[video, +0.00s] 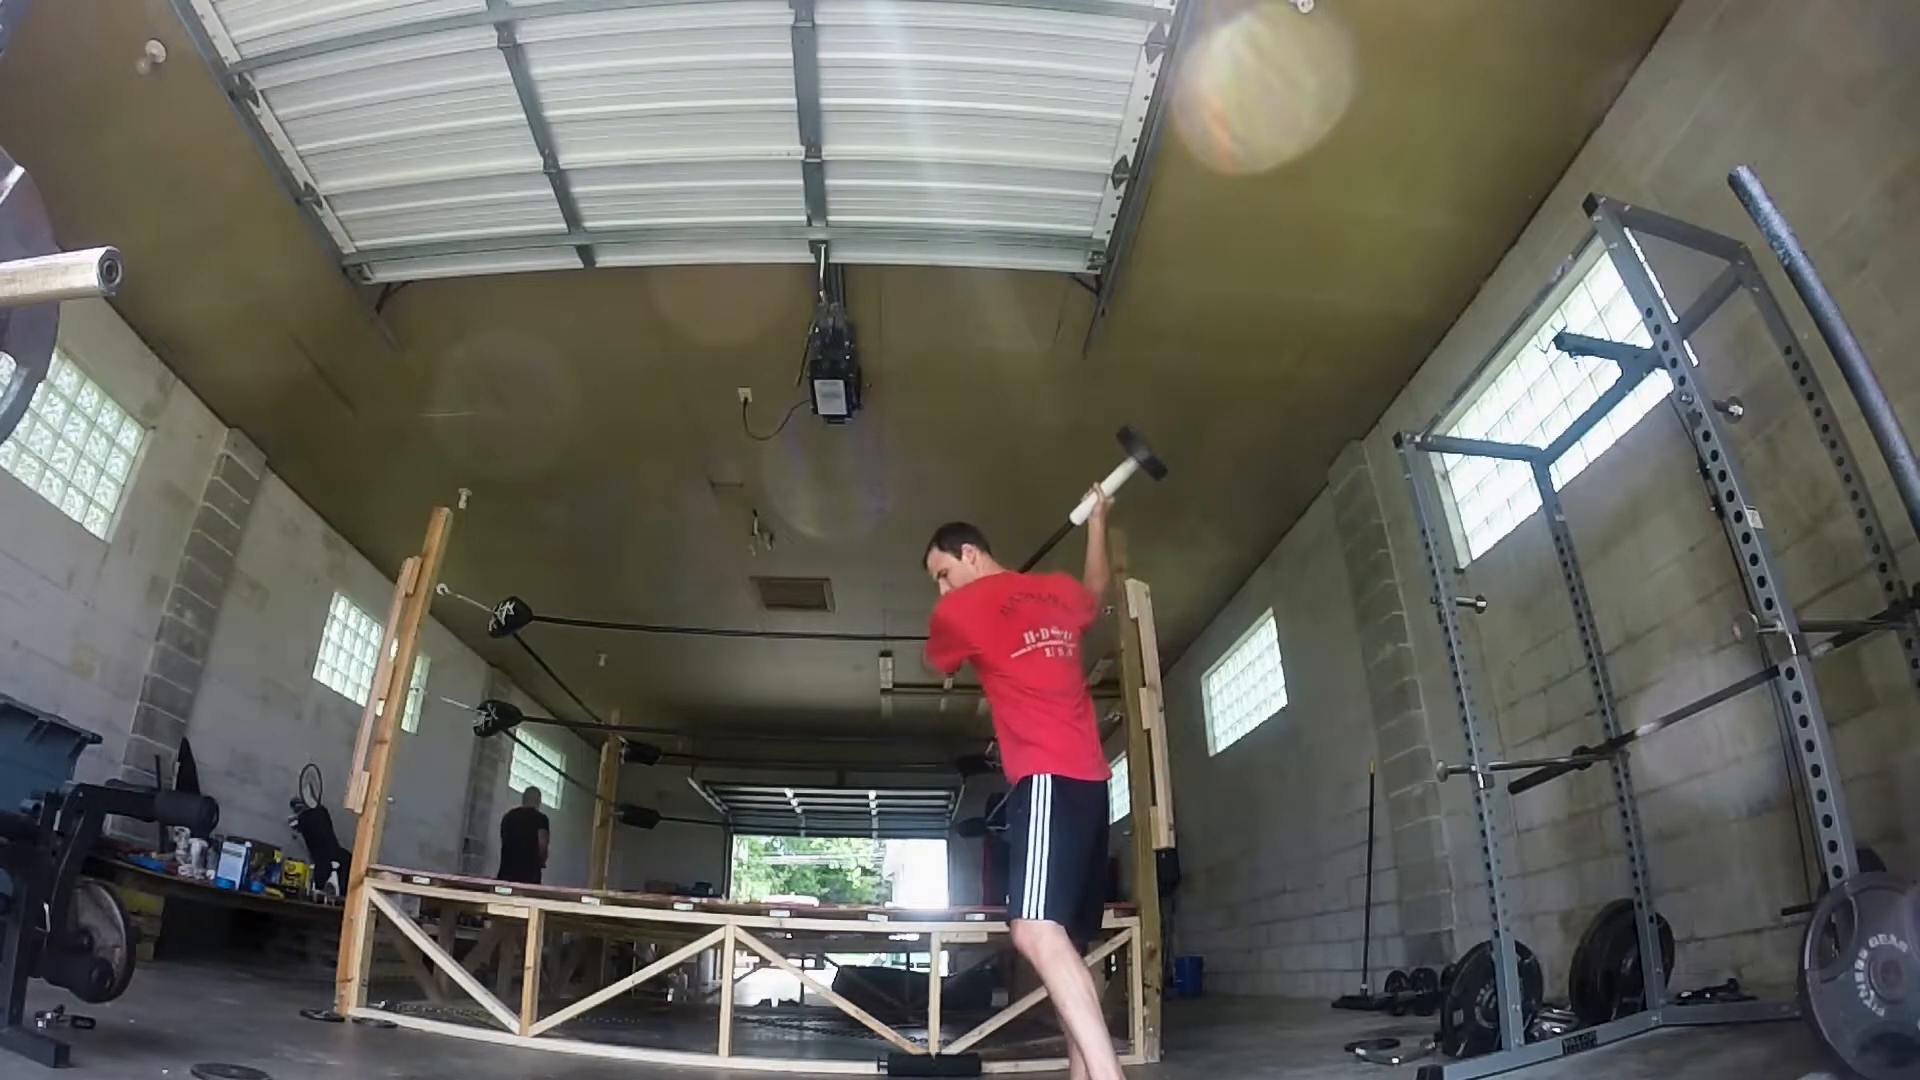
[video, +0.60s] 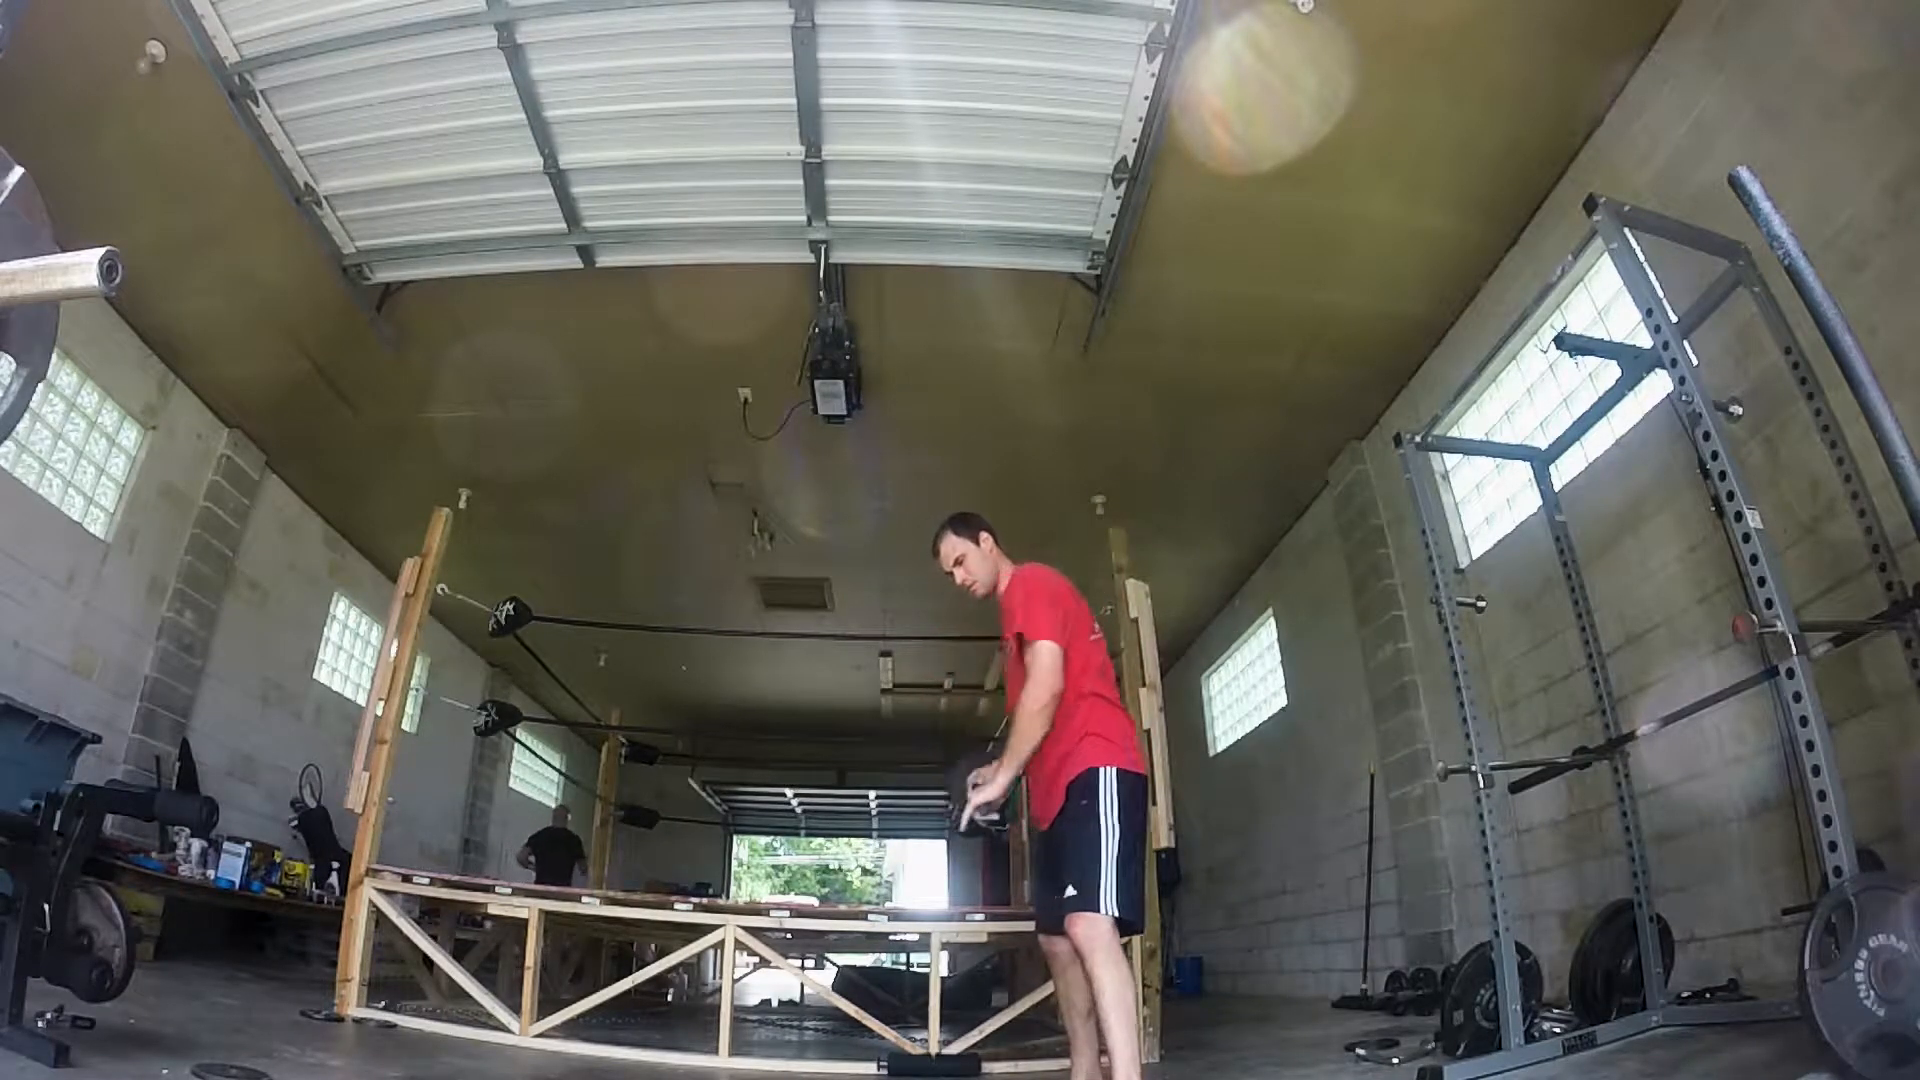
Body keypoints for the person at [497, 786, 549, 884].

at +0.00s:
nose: (539, 802)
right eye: (539, 799)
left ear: (523, 798)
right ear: (538, 800)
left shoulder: (508, 816)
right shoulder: (541, 818)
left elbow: (504, 839)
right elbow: (542, 844)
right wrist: (542, 862)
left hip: (508, 866)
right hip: (529, 869)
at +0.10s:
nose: (545, 810)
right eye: (544, 808)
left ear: (529, 807)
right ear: (544, 809)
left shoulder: (513, 824)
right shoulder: (546, 828)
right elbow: (550, 858)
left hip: (514, 879)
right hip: (537, 881)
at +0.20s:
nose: (551, 814)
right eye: (551, 811)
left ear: (535, 810)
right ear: (550, 812)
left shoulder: (519, 827)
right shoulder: (552, 833)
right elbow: (557, 867)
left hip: (518, 883)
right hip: (542, 885)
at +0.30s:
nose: (557, 811)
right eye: (557, 809)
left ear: (542, 807)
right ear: (556, 810)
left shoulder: (523, 825)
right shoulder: (560, 830)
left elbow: (512, 854)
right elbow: (564, 864)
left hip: (522, 883)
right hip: (547, 885)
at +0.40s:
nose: (556, 811)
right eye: (559, 808)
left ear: (546, 807)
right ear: (561, 810)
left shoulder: (531, 822)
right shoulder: (567, 830)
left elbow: (512, 848)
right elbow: (573, 862)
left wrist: (528, 855)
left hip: (529, 880)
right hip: (552, 882)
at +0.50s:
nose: (557, 814)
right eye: (561, 812)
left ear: (549, 812)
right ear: (564, 814)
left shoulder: (535, 829)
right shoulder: (572, 835)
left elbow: (515, 848)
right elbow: (581, 864)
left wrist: (529, 859)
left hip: (535, 884)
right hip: (558, 886)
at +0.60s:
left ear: (552, 818)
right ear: (567, 819)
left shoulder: (540, 835)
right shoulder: (574, 839)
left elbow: (521, 857)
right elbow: (583, 868)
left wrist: (534, 867)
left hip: (540, 890)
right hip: (563, 892)